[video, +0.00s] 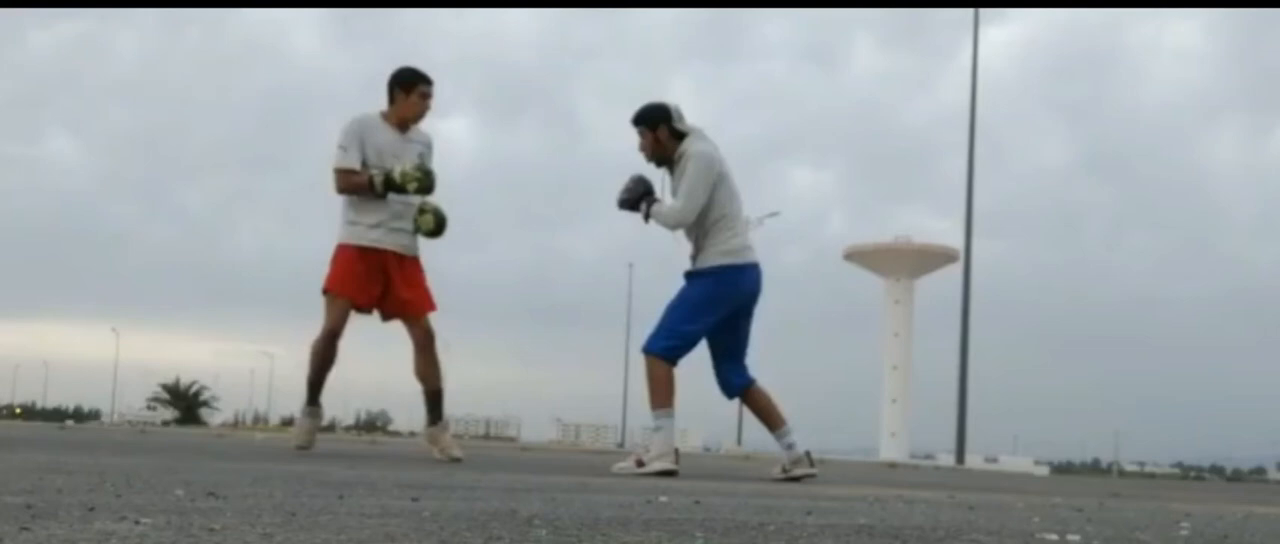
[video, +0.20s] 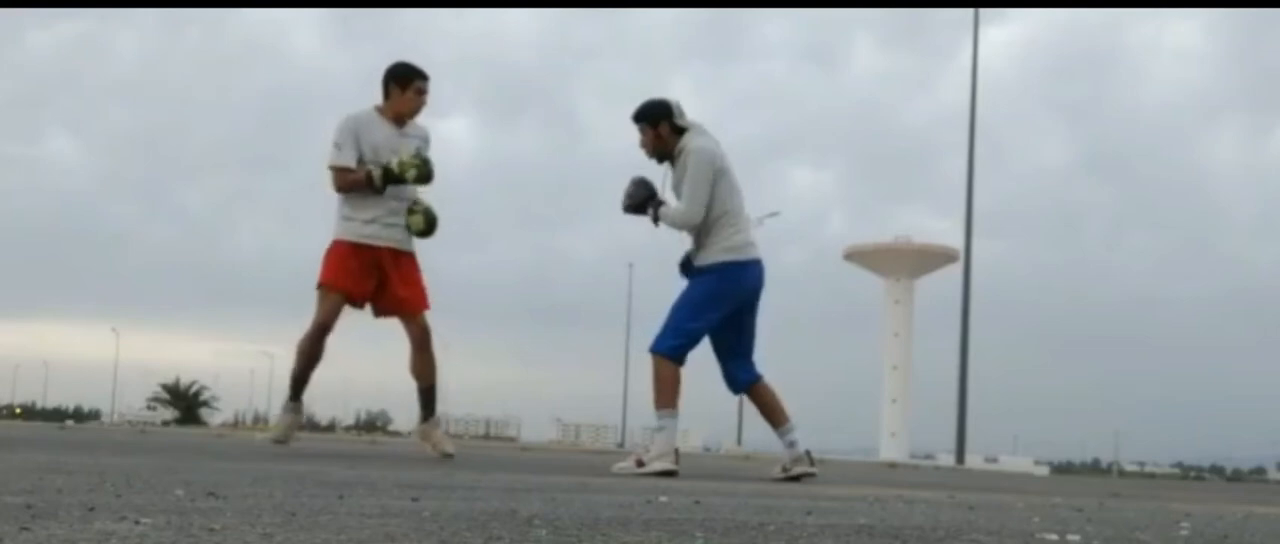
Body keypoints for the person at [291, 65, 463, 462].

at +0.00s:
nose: (427, 107)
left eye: (430, 100)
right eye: (423, 98)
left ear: (416, 100)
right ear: (400, 95)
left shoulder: (422, 143)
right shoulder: (360, 127)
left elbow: (420, 194)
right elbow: (343, 181)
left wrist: (427, 215)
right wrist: (388, 181)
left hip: (402, 252)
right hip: (357, 247)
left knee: (424, 335)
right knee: (332, 329)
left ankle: (436, 426)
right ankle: (310, 411)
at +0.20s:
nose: (422, 103)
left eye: (424, 96)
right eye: (418, 94)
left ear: (414, 97)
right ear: (394, 91)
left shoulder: (418, 137)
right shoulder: (354, 125)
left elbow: (405, 189)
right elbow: (342, 181)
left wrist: (419, 212)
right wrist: (390, 174)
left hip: (398, 248)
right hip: (352, 242)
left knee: (420, 332)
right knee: (323, 322)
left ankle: (429, 423)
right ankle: (292, 407)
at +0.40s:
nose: (404, 121)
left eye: (405, 114)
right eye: (398, 113)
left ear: (386, 116)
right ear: (374, 114)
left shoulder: (401, 161)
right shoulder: (333, 154)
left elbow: (406, 217)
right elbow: (335, 214)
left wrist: (407, 246)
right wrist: (380, 195)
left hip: (381, 279)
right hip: (332, 275)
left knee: (421, 352)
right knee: (296, 349)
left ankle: (414, 431)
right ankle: (253, 427)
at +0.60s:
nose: (421, 105)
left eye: (423, 98)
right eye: (416, 97)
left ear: (409, 100)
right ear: (391, 97)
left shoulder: (420, 143)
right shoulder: (356, 134)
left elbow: (420, 198)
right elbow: (354, 193)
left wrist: (430, 223)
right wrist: (400, 175)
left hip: (406, 261)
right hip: (359, 256)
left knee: (441, 338)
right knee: (328, 330)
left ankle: (418, 425)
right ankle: (288, 412)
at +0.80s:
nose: (465, 124)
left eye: (466, 116)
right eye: (460, 116)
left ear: (444, 119)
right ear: (437, 117)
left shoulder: (463, 158)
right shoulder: (404, 157)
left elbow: (493, 196)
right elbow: (430, 213)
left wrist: (524, 189)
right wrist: (470, 185)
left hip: (448, 280)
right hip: (399, 279)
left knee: (499, 342)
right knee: (350, 352)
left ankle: (520, 434)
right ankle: (292, 424)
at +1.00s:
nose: (513, 172)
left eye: (512, 164)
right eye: (505, 167)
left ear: (508, 166)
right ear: (482, 172)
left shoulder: (524, 178)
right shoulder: (454, 200)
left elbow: (565, 149)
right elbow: (466, 263)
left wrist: (602, 115)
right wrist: (502, 236)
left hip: (499, 299)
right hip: (450, 297)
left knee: (542, 354)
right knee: (393, 363)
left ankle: (556, 445)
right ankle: (321, 428)